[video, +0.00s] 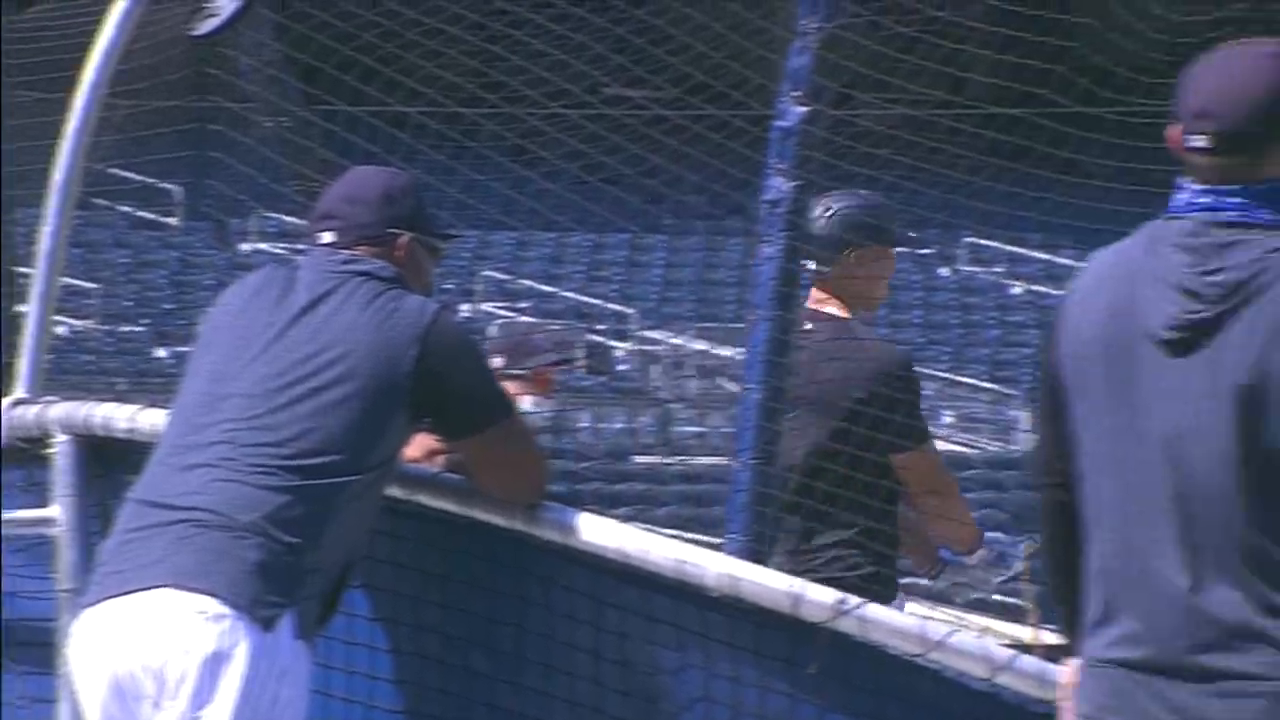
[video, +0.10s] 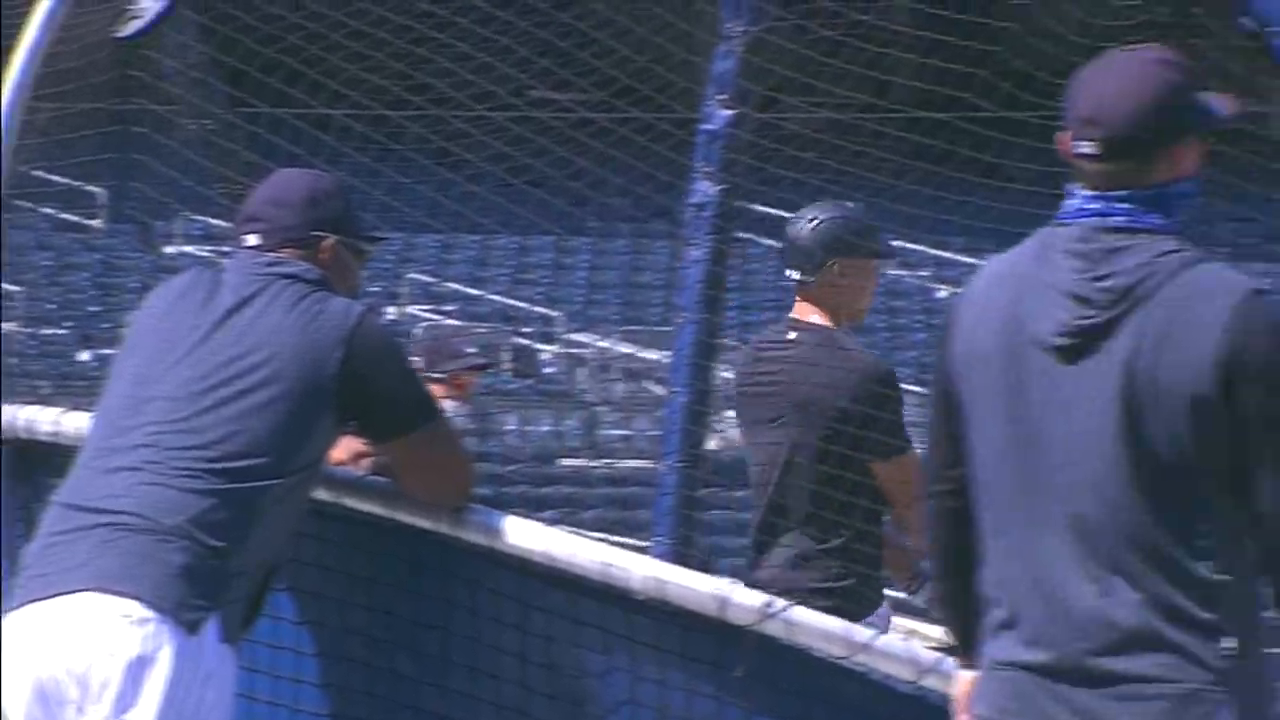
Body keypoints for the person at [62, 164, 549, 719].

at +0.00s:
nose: (434, 273)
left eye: (435, 256)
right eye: (431, 254)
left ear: (321, 236)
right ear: (402, 246)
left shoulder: (240, 295)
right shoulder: (419, 324)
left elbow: (267, 424)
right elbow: (521, 481)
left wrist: (391, 447)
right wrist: (453, 440)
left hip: (102, 620)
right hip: (221, 621)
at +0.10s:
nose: (361, 276)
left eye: (361, 258)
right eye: (357, 256)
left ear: (247, 240)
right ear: (326, 250)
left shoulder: (168, 295)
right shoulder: (344, 325)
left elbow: (188, 427)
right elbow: (446, 484)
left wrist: (317, 448)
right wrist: (386, 443)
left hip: (26, 619)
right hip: (147, 625)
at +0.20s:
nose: (288, 277)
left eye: (291, 263)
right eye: (285, 261)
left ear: (176, 245)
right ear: (254, 255)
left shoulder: (89, 297)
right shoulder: (269, 329)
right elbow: (372, 487)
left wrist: (244, 451)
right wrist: (309, 457)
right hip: (72, 617)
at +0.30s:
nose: (213, 283)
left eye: (217, 268)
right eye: (211, 266)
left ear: (100, 247)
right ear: (178, 257)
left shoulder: (19, 296)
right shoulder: (195, 332)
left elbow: (48, 419)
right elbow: (298, 491)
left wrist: (170, 450)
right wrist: (233, 457)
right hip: (22, 620)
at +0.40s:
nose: (138, 287)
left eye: (141, 270)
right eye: (136, 268)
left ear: (28, 246)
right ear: (104, 261)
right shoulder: (118, 334)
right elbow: (225, 494)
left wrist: (97, 455)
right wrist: (152, 460)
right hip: (7, 636)